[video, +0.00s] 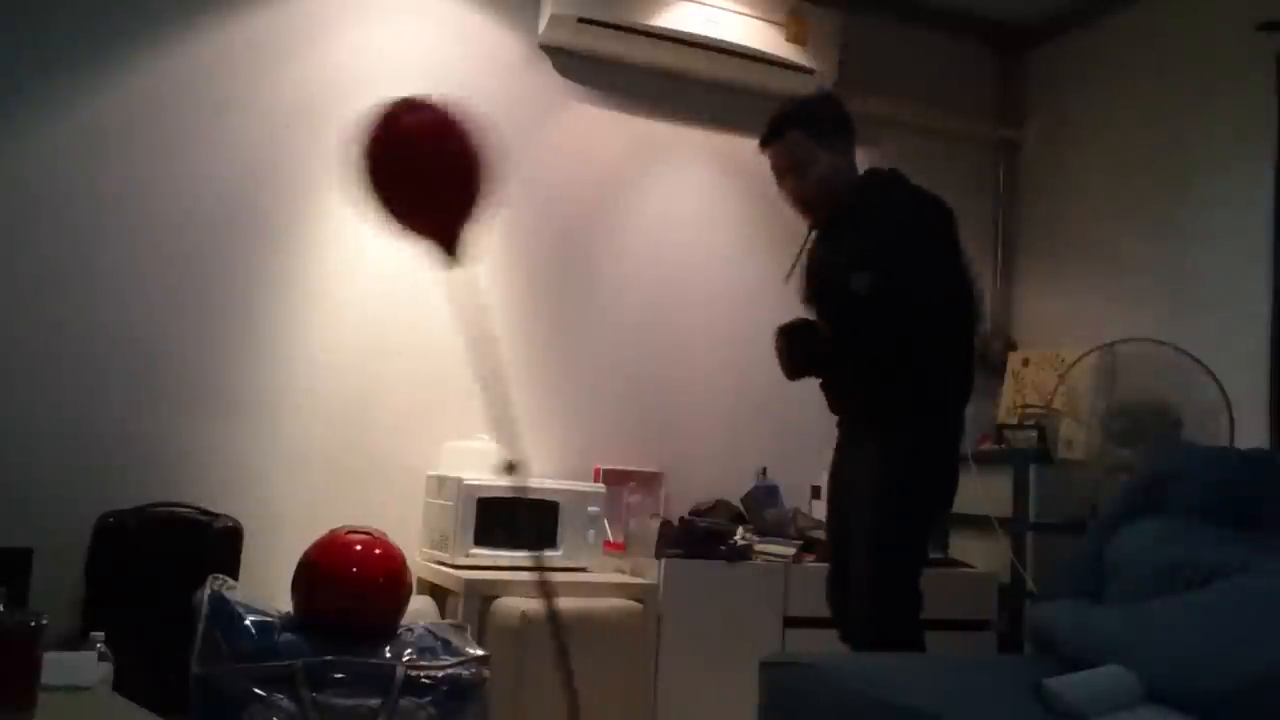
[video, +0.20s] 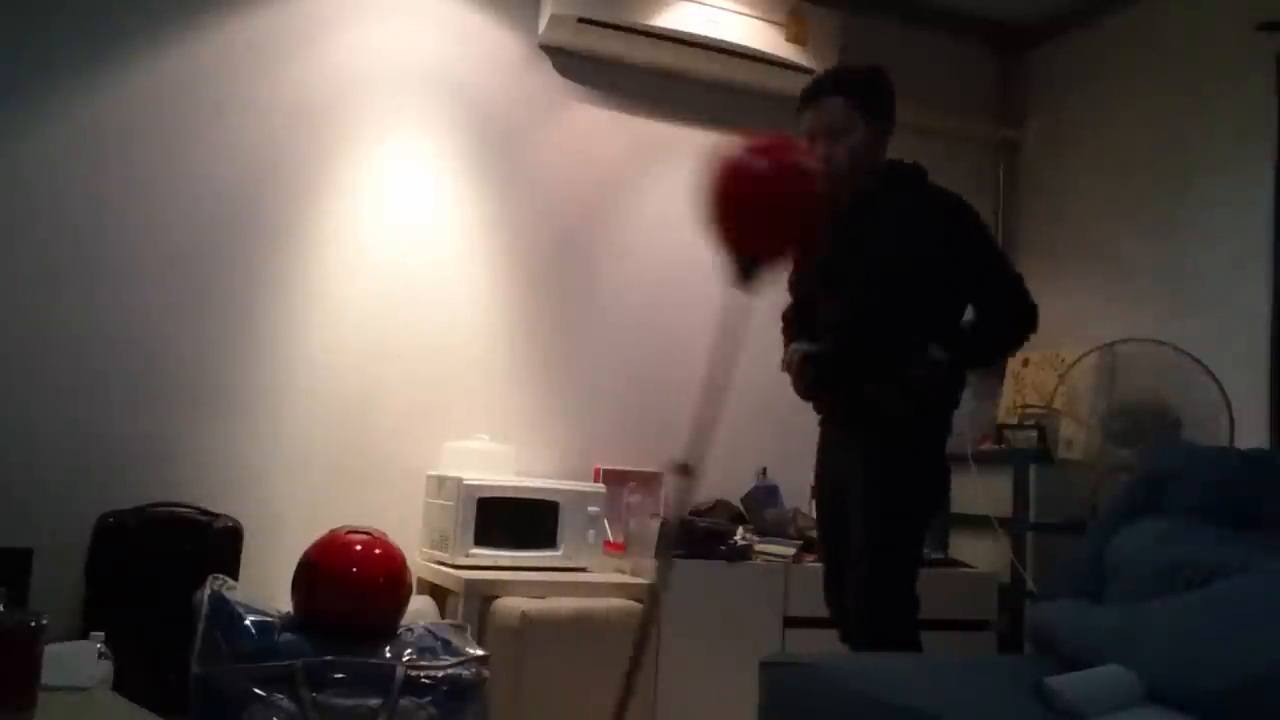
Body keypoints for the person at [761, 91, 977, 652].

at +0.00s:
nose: (789, 190)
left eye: (796, 170)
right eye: (780, 177)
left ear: (834, 155)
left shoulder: (899, 214)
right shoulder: (839, 234)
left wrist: (821, 346)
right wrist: (817, 344)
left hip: (908, 438)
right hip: (869, 435)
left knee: (881, 611)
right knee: (856, 608)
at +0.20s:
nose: (822, 152)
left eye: (837, 134)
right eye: (813, 138)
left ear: (877, 132)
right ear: (804, 140)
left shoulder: (931, 211)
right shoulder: (822, 213)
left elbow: (1014, 313)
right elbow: (803, 298)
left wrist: (949, 361)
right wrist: (798, 349)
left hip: (908, 428)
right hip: (842, 424)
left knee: (881, 606)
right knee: (847, 604)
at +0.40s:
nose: (842, 134)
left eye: (859, 117)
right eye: (834, 119)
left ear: (902, 123)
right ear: (824, 125)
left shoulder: (948, 216)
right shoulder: (832, 211)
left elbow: (998, 325)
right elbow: (795, 299)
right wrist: (797, 341)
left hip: (909, 419)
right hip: (840, 419)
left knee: (886, 603)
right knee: (842, 600)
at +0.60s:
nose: (823, 183)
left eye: (833, 165)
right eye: (813, 170)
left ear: (869, 153)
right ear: (808, 168)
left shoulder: (929, 220)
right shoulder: (833, 232)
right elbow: (794, 337)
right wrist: (789, 261)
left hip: (908, 430)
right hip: (848, 429)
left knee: (876, 606)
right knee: (844, 603)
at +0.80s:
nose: (784, 193)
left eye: (790, 176)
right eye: (775, 182)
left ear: (825, 158)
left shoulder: (895, 208)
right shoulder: (819, 233)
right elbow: (805, 348)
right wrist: (767, 277)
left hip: (905, 429)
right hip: (867, 427)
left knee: (866, 599)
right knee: (862, 598)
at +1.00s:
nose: (764, 179)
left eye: (771, 161)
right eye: (757, 166)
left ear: (809, 141)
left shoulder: (863, 181)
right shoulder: (837, 219)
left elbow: (778, 215)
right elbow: (839, 356)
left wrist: (676, 191)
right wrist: (773, 314)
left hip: (904, 425)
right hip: (881, 425)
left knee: (860, 609)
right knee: (859, 609)